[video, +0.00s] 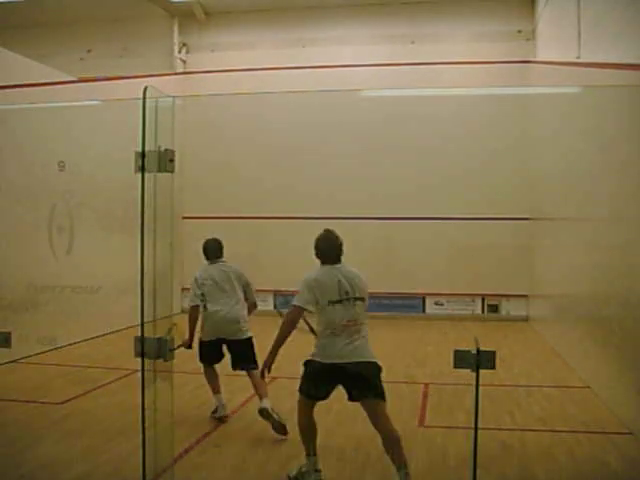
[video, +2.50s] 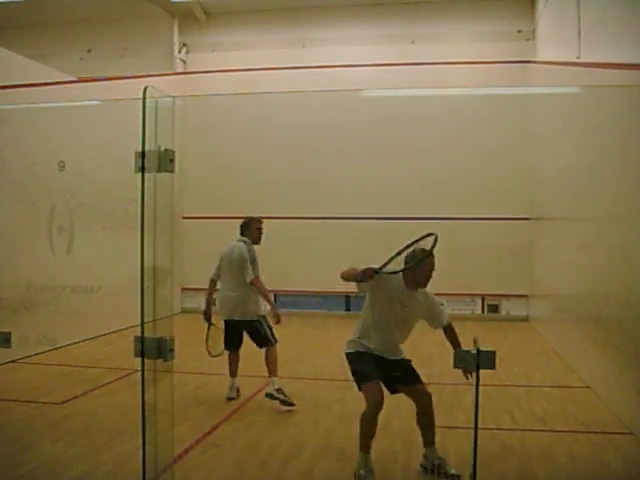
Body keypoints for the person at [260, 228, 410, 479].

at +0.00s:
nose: (320, 255)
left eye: (318, 250)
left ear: (317, 254)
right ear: (341, 251)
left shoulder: (313, 281)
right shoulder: (357, 278)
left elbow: (291, 320)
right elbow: (358, 316)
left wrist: (271, 355)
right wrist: (323, 330)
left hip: (325, 362)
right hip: (362, 361)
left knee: (305, 407)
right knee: (381, 420)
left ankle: (311, 465)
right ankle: (404, 473)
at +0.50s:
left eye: (254, 241)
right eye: (268, 240)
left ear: (251, 244)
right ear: (274, 243)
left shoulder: (244, 272)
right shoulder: (288, 267)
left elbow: (229, 308)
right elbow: (305, 299)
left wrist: (218, 330)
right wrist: (317, 329)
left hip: (255, 346)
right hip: (281, 343)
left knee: (250, 395)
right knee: (264, 386)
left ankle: (271, 441)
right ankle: (251, 429)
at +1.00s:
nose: (225, 237)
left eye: (224, 233)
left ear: (222, 236)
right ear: (242, 235)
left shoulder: (215, 261)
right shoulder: (255, 257)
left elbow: (203, 295)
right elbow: (269, 286)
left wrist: (196, 323)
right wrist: (254, 284)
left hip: (225, 326)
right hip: (250, 325)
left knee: (225, 364)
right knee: (252, 368)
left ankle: (225, 407)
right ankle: (242, 404)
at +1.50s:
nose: (268, 263)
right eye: (267, 260)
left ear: (250, 262)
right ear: (267, 262)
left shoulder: (236, 281)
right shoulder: (272, 285)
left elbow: (223, 311)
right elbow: (282, 317)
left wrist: (236, 326)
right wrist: (292, 344)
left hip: (236, 340)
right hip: (261, 341)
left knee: (221, 364)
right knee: (285, 358)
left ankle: (198, 398)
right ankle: (292, 401)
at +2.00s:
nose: (362, 263)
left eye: (362, 258)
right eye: (359, 258)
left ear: (348, 258)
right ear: (344, 257)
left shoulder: (343, 280)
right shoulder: (324, 279)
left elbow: (340, 313)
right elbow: (304, 310)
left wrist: (349, 338)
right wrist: (307, 314)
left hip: (331, 341)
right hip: (317, 343)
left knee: (335, 388)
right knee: (349, 383)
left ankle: (294, 402)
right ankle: (356, 438)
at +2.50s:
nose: (431, 275)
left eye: (432, 270)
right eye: (428, 270)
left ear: (426, 272)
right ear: (412, 269)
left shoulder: (424, 301)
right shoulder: (383, 281)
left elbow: (446, 326)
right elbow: (345, 275)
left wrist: (461, 356)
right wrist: (360, 275)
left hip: (392, 355)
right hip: (362, 350)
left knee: (424, 399)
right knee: (375, 400)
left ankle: (430, 457)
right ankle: (364, 463)